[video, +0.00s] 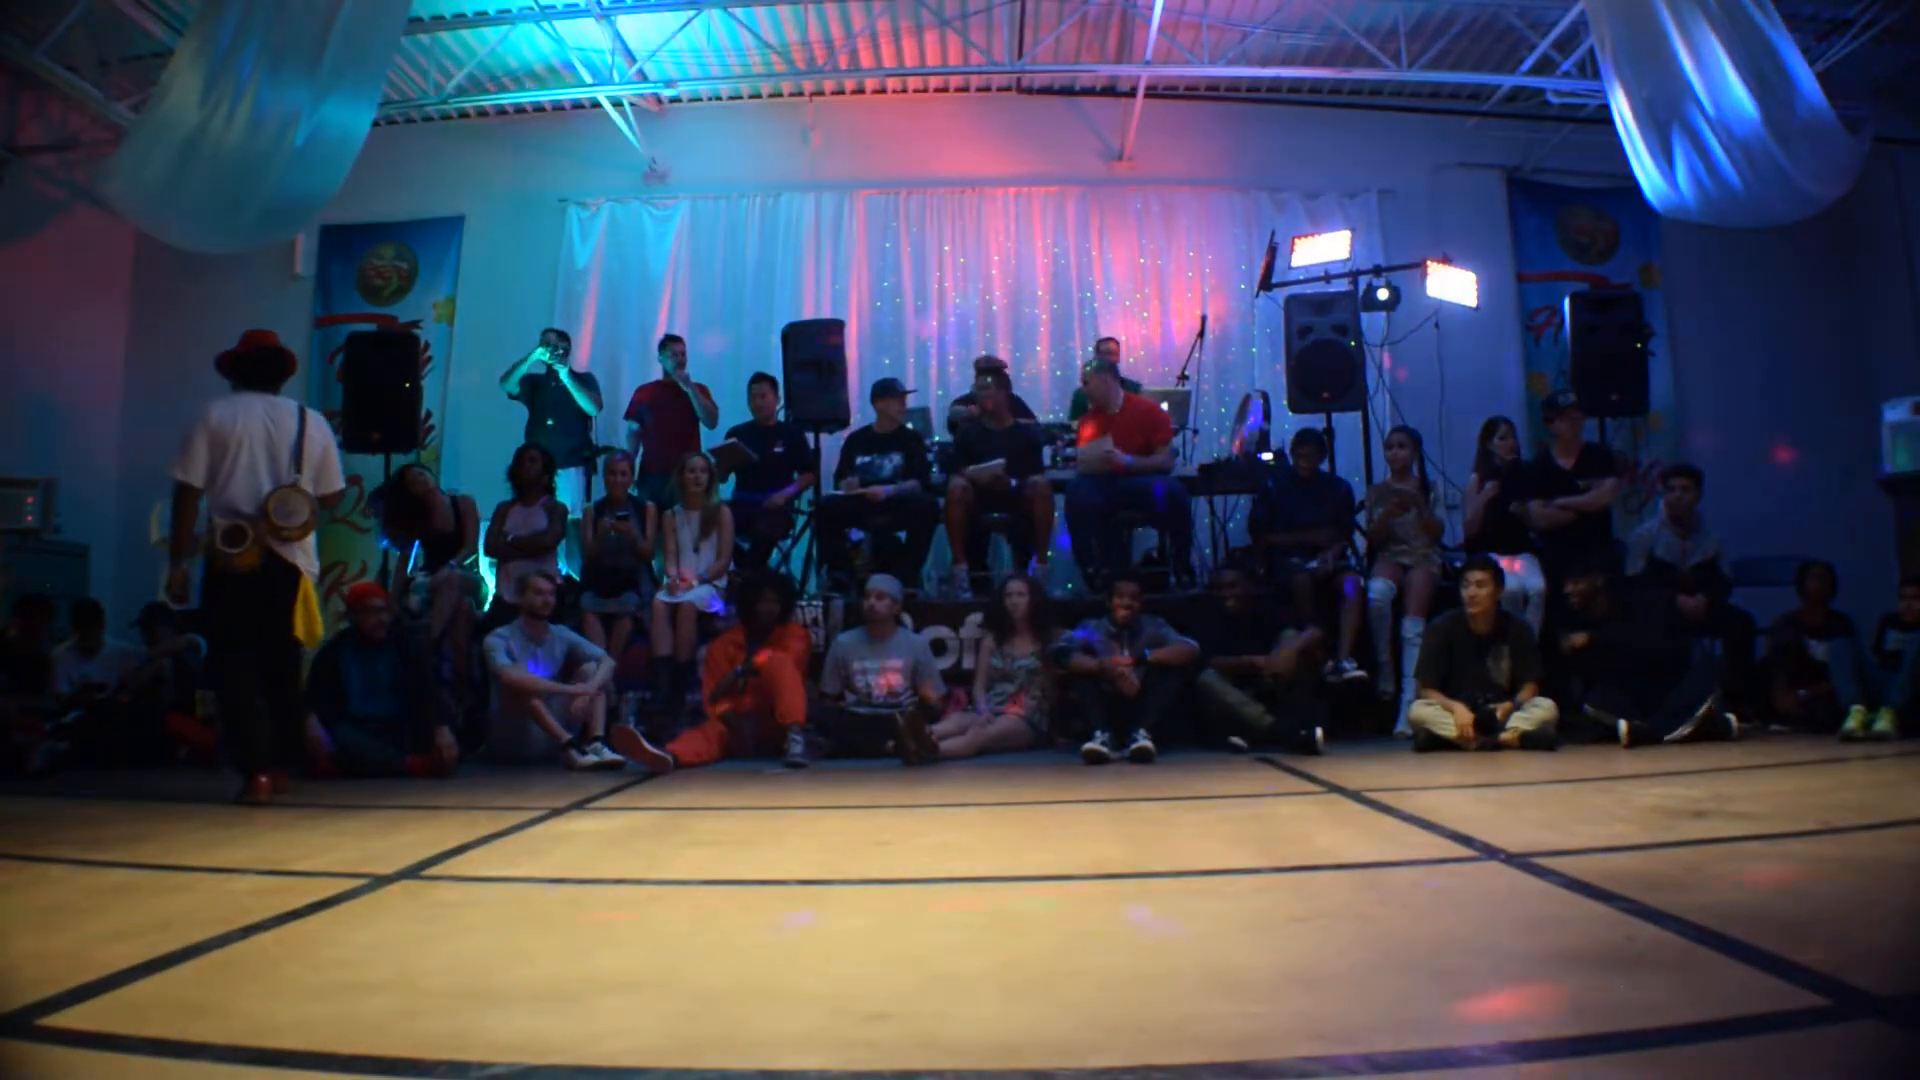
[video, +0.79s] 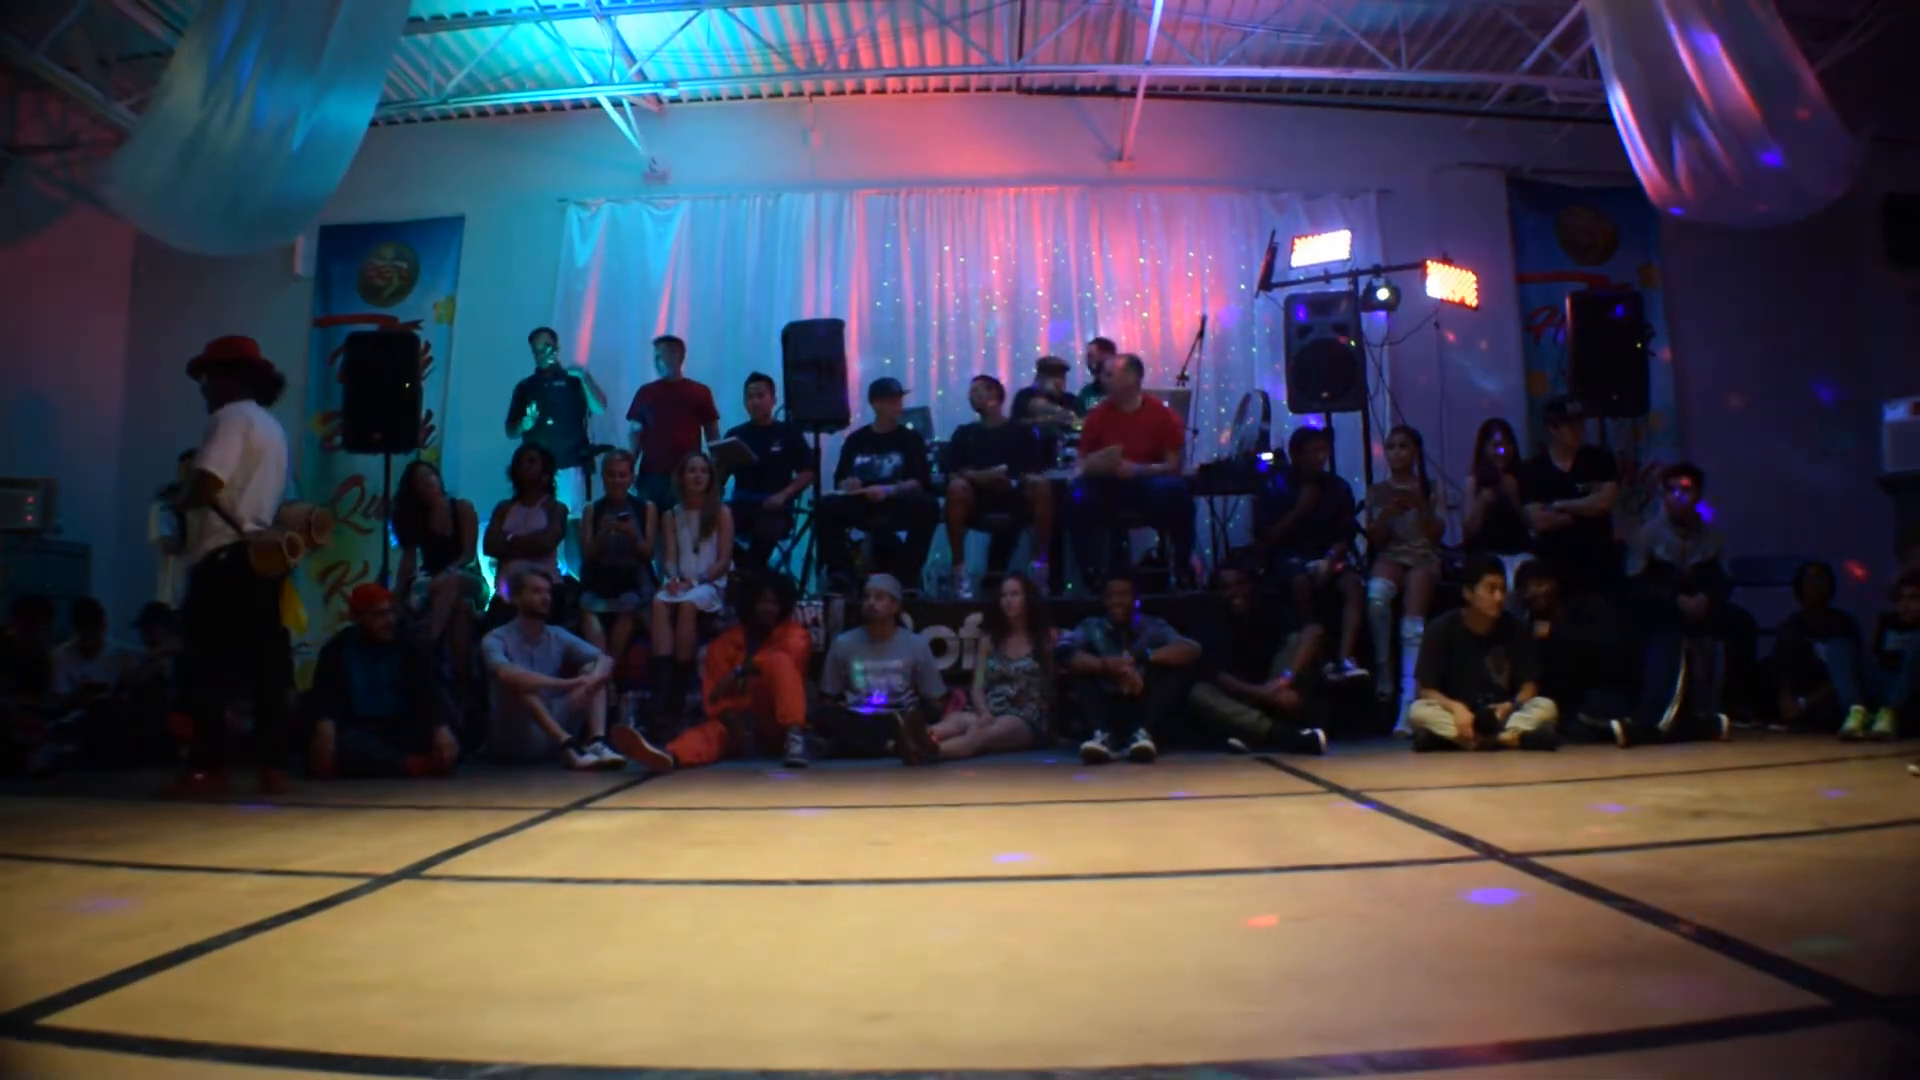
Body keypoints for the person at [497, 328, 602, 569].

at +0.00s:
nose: (555, 353)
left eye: (561, 348)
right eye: (550, 348)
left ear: (569, 351)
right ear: (542, 350)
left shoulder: (583, 380)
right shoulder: (534, 382)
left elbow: (593, 408)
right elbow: (507, 385)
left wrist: (565, 375)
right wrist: (533, 357)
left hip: (572, 461)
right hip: (538, 461)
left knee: (572, 523)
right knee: (535, 520)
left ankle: (573, 577)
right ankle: (537, 578)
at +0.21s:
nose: (552, 352)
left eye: (557, 347)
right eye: (547, 347)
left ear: (567, 349)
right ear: (540, 351)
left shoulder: (583, 379)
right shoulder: (533, 381)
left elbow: (594, 411)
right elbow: (511, 405)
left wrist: (565, 382)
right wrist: (528, 372)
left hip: (572, 460)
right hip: (539, 461)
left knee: (572, 523)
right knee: (537, 521)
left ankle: (573, 577)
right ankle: (538, 579)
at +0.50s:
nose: (547, 352)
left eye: (551, 346)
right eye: (541, 348)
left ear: (561, 347)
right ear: (536, 352)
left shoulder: (580, 378)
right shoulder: (529, 386)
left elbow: (599, 413)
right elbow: (514, 429)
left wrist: (574, 387)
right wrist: (525, 413)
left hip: (571, 462)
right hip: (539, 465)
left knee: (570, 523)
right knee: (539, 523)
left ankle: (572, 577)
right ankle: (543, 578)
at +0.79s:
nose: (544, 353)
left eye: (548, 347)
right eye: (538, 349)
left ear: (556, 348)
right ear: (533, 352)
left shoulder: (574, 381)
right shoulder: (525, 387)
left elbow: (599, 408)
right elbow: (512, 430)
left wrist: (583, 378)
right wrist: (526, 422)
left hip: (571, 461)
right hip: (539, 464)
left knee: (574, 522)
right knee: (539, 523)